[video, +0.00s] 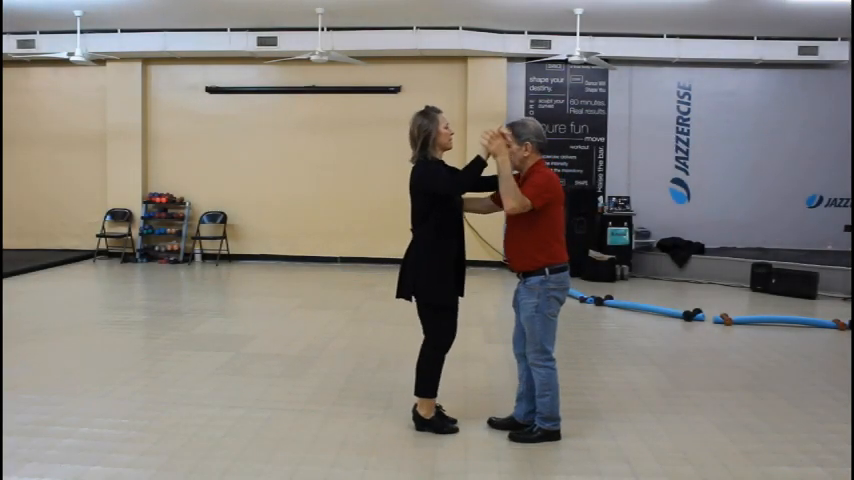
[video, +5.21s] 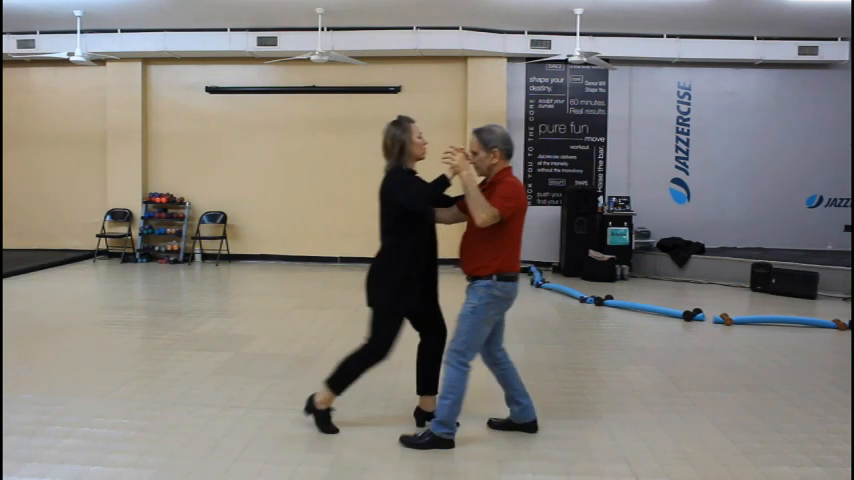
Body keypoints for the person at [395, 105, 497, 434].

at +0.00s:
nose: (452, 132)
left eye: (450, 127)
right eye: (446, 128)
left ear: (435, 133)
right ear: (430, 134)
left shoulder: (440, 169)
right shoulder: (426, 170)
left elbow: (477, 183)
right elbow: (460, 184)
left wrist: (509, 167)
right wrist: (484, 154)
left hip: (440, 267)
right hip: (429, 269)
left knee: (442, 335)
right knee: (438, 336)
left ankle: (426, 405)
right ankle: (424, 409)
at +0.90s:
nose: (444, 134)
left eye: (442, 128)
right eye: (439, 129)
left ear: (425, 132)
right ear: (424, 133)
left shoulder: (426, 168)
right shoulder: (420, 170)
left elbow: (451, 202)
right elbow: (450, 187)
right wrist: (476, 157)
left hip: (434, 267)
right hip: (428, 269)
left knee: (436, 337)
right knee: (433, 338)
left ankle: (426, 406)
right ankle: (423, 411)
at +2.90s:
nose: (461, 131)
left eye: (458, 126)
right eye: (455, 127)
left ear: (442, 132)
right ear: (440, 133)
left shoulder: (443, 168)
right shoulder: (437, 170)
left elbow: (475, 198)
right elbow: (472, 185)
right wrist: (501, 159)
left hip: (444, 268)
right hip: (439, 269)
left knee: (438, 339)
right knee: (436, 340)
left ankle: (427, 408)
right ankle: (424, 412)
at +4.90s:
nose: (453, 139)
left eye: (452, 133)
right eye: (448, 134)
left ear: (432, 138)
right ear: (433, 138)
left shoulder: (436, 173)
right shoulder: (425, 174)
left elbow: (464, 200)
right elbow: (455, 190)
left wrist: (498, 189)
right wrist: (485, 165)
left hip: (435, 270)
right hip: (421, 272)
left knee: (446, 336)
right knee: (445, 337)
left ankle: (429, 406)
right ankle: (410, 404)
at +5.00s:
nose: (446, 138)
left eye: (444, 133)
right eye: (440, 134)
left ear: (423, 140)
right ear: (424, 140)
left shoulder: (429, 176)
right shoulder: (419, 177)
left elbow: (457, 202)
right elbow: (444, 196)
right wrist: (473, 170)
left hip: (431, 274)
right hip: (415, 276)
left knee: (443, 335)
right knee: (437, 336)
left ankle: (428, 406)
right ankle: (376, 392)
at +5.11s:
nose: (435, 138)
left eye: (433, 133)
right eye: (429, 135)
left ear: (415, 142)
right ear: (415, 142)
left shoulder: (421, 179)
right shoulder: (408, 179)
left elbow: (449, 208)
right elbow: (435, 197)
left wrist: (481, 190)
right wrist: (462, 172)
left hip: (426, 278)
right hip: (406, 279)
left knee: (440, 333)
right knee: (408, 349)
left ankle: (428, 406)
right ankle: (344, 391)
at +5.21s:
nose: (424, 141)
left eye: (422, 136)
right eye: (419, 137)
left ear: (403, 144)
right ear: (404, 143)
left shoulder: (409, 180)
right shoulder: (398, 180)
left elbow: (441, 206)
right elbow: (424, 199)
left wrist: (472, 189)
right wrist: (450, 173)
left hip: (414, 278)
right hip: (393, 279)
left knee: (435, 333)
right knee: (378, 347)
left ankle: (427, 407)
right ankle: (321, 400)